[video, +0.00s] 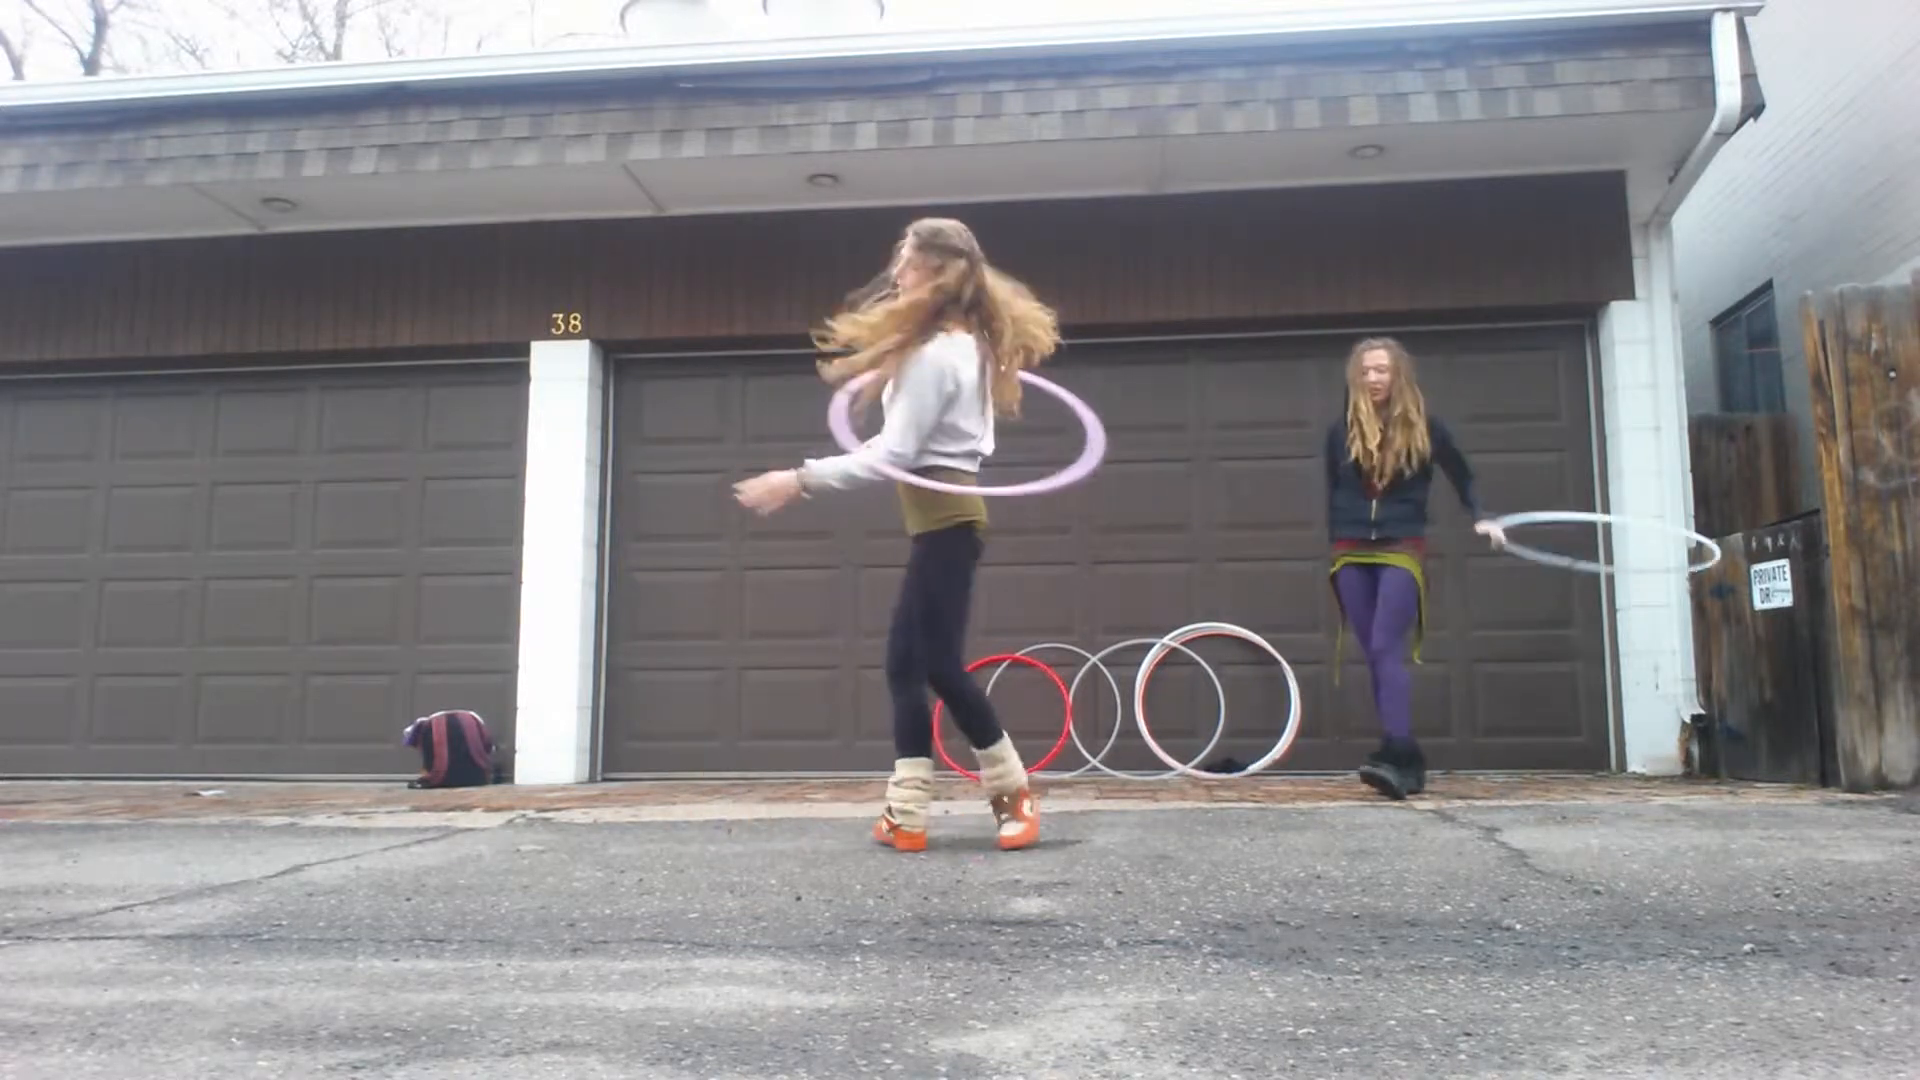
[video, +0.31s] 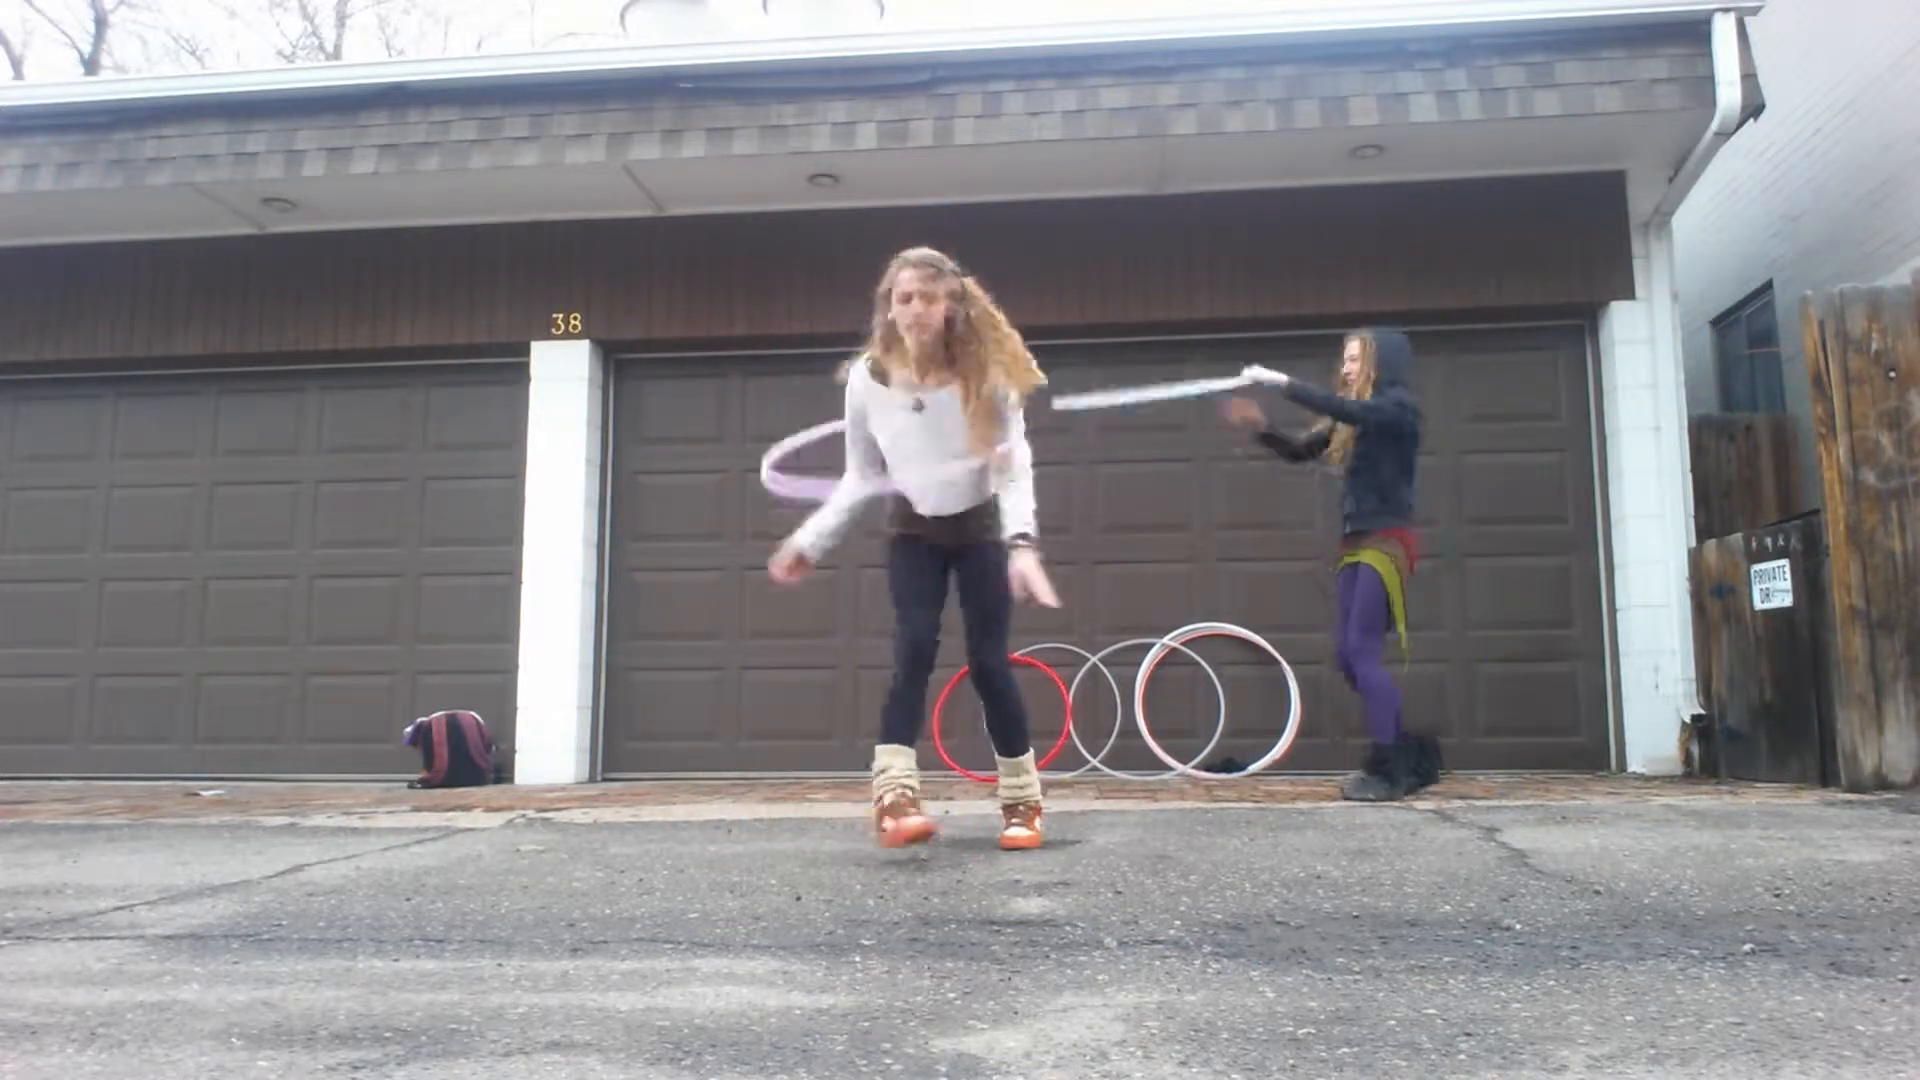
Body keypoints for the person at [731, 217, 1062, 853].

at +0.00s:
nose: (897, 280)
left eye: (908, 269)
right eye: (899, 267)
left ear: (941, 277)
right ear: (948, 277)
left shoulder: (937, 354)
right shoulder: (962, 346)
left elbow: (894, 452)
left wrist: (799, 479)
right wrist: (889, 381)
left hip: (948, 526)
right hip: (943, 524)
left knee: (941, 663)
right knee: (907, 664)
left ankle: (1016, 796)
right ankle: (908, 814)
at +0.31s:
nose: (917, 310)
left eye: (929, 299)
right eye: (906, 299)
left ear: (951, 306)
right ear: (890, 307)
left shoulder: (984, 371)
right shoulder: (867, 378)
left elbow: (1013, 458)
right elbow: (862, 477)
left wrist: (1023, 543)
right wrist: (806, 543)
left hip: (979, 525)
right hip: (913, 528)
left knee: (988, 665)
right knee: (913, 653)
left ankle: (1021, 800)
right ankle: (895, 794)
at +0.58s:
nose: (955, 307)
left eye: (955, 296)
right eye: (943, 297)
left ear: (935, 309)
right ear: (903, 308)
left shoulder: (919, 382)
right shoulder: (857, 373)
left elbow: (937, 459)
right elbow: (840, 470)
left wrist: (1013, 490)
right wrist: (937, 493)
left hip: (893, 540)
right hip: (851, 545)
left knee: (958, 661)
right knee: (931, 665)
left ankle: (934, 805)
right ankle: (875, 826)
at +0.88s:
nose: (875, 288)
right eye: (871, 278)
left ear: (797, 276)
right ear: (863, 281)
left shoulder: (759, 335)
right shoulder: (872, 352)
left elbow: (758, 429)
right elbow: (876, 451)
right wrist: (885, 497)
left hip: (765, 523)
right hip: (838, 527)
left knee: (766, 665)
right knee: (900, 657)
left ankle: (773, 814)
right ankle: (882, 816)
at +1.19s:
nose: (696, 274)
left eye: (704, 262)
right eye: (698, 262)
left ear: (734, 263)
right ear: (764, 267)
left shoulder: (710, 327)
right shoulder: (802, 332)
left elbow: (669, 428)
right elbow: (792, 432)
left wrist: (595, 478)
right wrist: (712, 463)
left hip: (731, 517)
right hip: (783, 516)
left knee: (711, 656)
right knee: (717, 641)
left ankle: (764, 814)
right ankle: (782, 734)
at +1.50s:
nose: (632, 296)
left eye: (644, 286)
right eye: (626, 284)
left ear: (681, 284)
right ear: (621, 284)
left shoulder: (722, 342)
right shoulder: (635, 335)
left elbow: (732, 438)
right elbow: (634, 411)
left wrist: (702, 495)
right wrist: (593, 440)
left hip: (703, 513)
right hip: (645, 511)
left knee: (699, 663)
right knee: (614, 661)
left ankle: (777, 801)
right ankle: (583, 812)